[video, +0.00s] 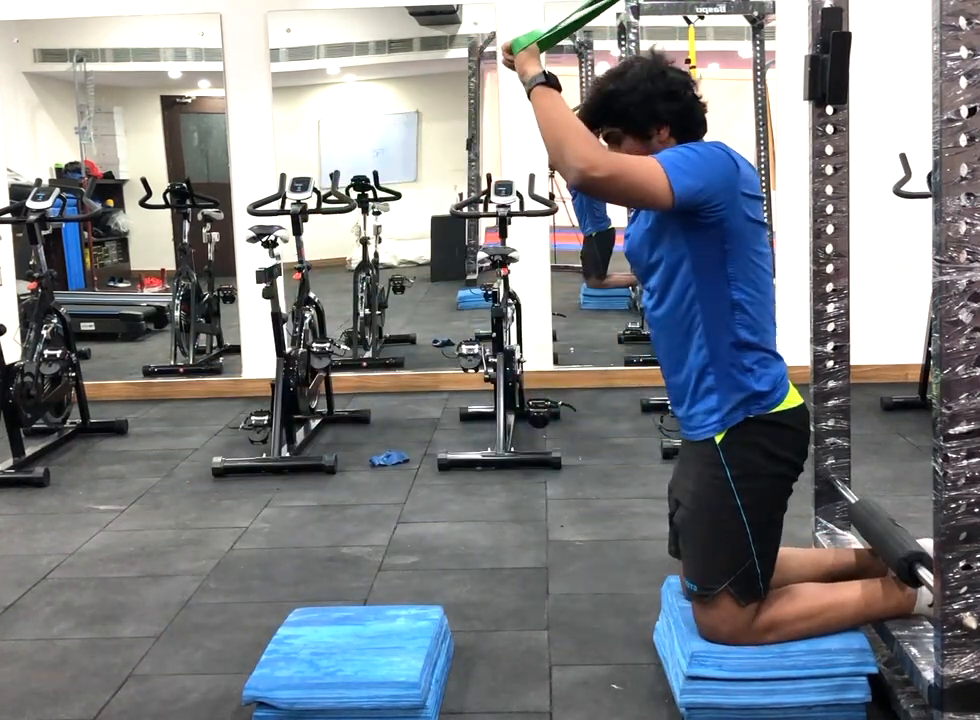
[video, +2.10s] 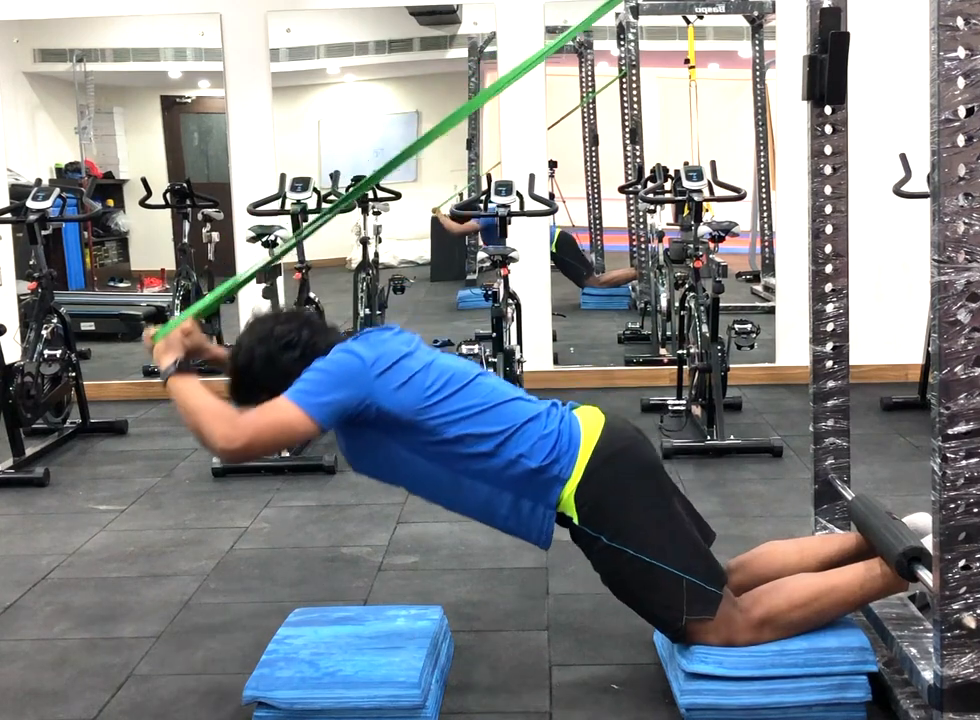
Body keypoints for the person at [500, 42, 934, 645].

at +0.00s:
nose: (611, 158)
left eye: (617, 143)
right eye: (606, 145)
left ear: (660, 133)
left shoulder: (710, 167)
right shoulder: (670, 193)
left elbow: (589, 168)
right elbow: (583, 168)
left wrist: (535, 78)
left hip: (747, 426)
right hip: (712, 426)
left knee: (728, 621)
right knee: (705, 577)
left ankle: (901, 593)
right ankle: (872, 560)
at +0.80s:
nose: (504, 188)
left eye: (507, 172)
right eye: (499, 173)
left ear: (544, 161)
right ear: (553, 157)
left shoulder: (601, 187)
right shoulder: (584, 201)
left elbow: (472, 190)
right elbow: (480, 192)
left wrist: (448, 96)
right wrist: (459, 102)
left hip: (703, 433)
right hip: (677, 433)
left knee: (721, 626)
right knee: (713, 579)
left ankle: (902, 576)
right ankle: (866, 547)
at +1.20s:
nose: (412, 240)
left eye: (412, 227)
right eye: (406, 227)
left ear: (437, 211)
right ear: (457, 193)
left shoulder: (505, 227)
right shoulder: (500, 232)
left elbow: (382, 235)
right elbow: (391, 237)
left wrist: (367, 147)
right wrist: (376, 155)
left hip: (667, 435)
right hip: (658, 429)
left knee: (721, 625)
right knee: (717, 583)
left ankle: (903, 572)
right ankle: (873, 543)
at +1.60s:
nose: (339, 306)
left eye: (338, 291)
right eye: (333, 293)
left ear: (365, 277)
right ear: (384, 251)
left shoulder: (431, 283)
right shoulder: (442, 277)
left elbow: (303, 310)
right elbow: (319, 307)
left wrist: (275, 231)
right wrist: (289, 231)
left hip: (631, 453)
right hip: (632, 436)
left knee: (722, 628)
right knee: (714, 587)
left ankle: (899, 571)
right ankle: (860, 541)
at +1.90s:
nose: (298, 367)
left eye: (295, 353)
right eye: (290, 354)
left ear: (311, 325)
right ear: (329, 301)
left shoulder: (382, 323)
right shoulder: (395, 313)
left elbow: (255, 374)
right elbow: (269, 369)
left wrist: (212, 296)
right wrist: (226, 301)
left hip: (604, 466)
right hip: (603, 452)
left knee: (723, 625)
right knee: (711, 588)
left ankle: (905, 569)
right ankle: (863, 540)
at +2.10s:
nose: (278, 416)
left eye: (274, 403)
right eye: (273, 402)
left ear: (293, 377)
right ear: (310, 340)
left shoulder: (354, 365)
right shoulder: (370, 353)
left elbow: (232, 437)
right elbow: (252, 426)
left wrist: (174, 372)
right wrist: (200, 361)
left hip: (590, 476)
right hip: (593, 451)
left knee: (719, 631)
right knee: (714, 585)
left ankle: (905, 567)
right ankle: (866, 538)